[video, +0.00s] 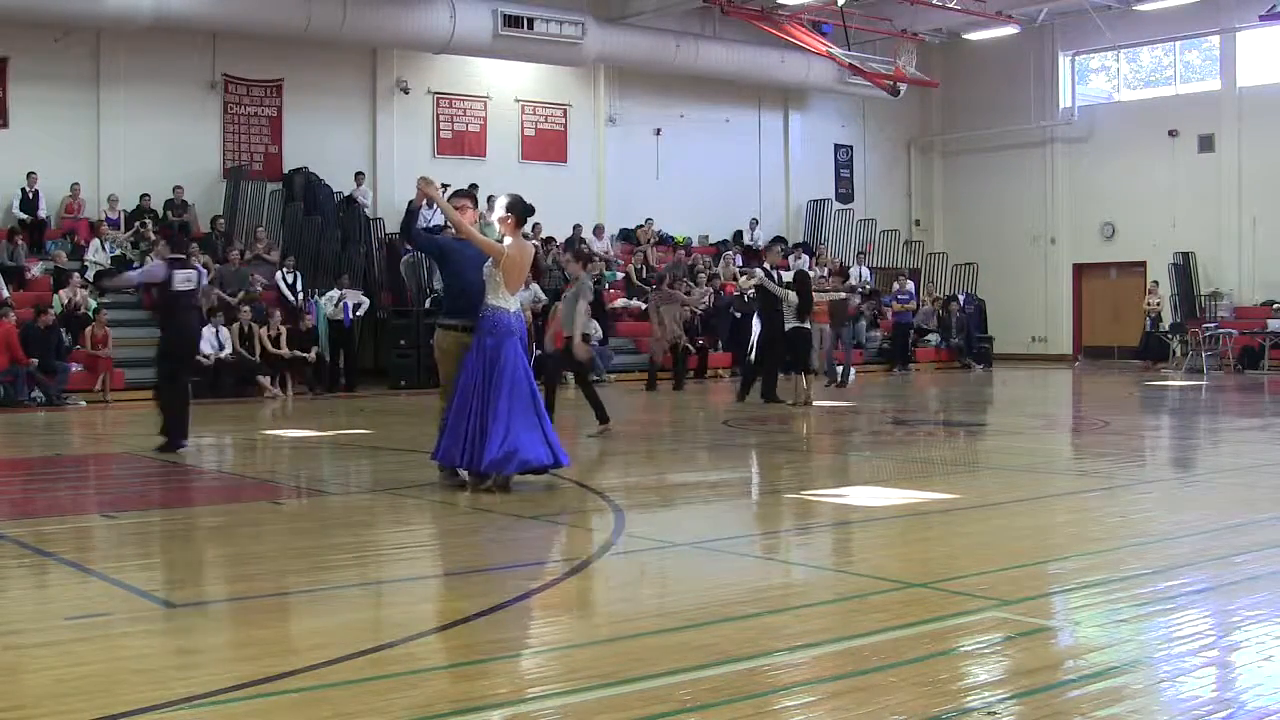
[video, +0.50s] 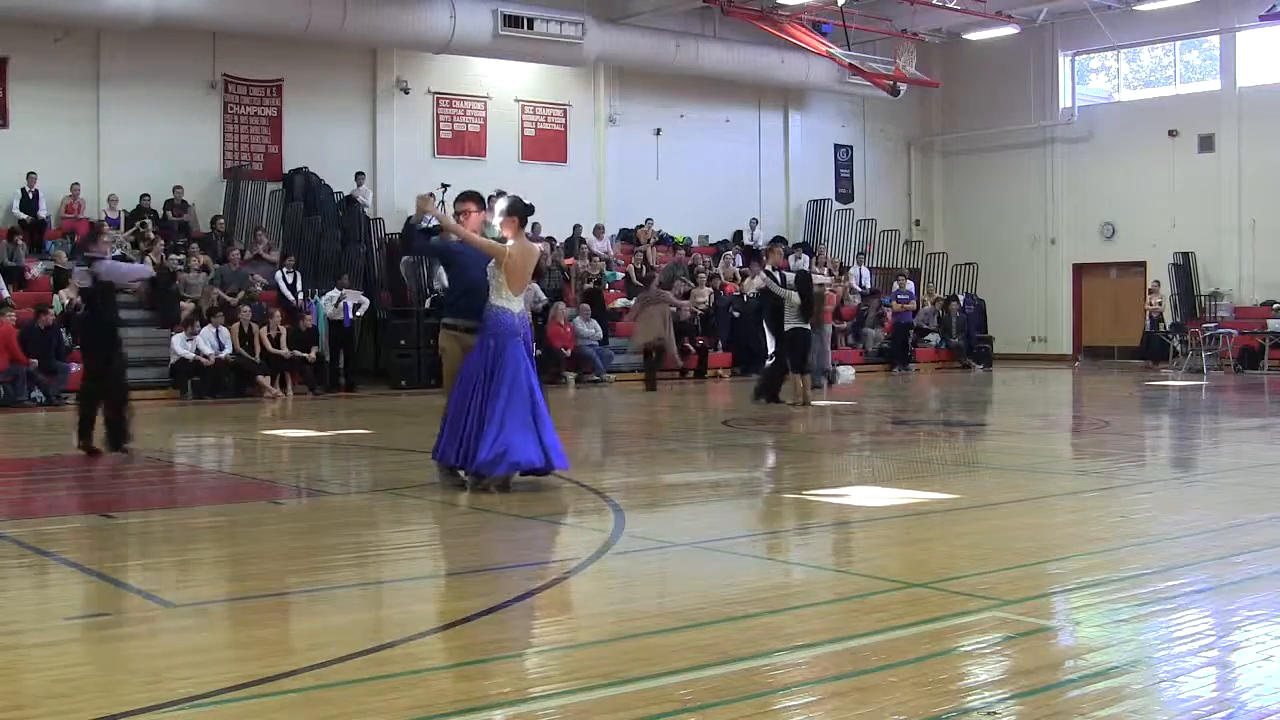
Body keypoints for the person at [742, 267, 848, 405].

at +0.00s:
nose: (792, 280)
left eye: (793, 279)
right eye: (794, 279)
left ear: (795, 281)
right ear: (808, 282)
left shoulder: (789, 295)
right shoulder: (809, 297)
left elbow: (772, 287)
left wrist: (761, 277)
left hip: (793, 330)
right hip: (806, 330)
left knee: (797, 366)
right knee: (807, 365)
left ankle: (799, 396)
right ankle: (809, 396)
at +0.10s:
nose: (792, 281)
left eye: (794, 279)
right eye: (794, 279)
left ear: (795, 282)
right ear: (809, 282)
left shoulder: (790, 295)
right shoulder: (809, 297)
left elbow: (773, 286)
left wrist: (762, 275)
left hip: (792, 330)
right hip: (806, 330)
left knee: (797, 365)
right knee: (807, 365)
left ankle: (798, 396)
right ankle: (809, 396)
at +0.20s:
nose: (793, 280)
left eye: (794, 279)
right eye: (795, 278)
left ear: (796, 281)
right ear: (809, 282)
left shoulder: (789, 294)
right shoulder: (810, 298)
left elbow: (773, 285)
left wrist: (760, 272)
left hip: (792, 330)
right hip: (806, 330)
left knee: (796, 366)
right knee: (807, 366)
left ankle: (798, 397)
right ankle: (810, 396)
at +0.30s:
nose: (792, 280)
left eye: (794, 279)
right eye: (794, 279)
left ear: (796, 281)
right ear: (810, 282)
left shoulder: (789, 295)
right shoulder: (811, 299)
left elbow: (773, 285)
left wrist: (761, 272)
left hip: (791, 330)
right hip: (806, 330)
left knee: (796, 366)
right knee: (804, 365)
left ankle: (798, 396)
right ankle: (807, 395)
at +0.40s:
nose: (792, 280)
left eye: (794, 279)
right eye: (794, 278)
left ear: (796, 281)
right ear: (809, 283)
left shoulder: (790, 296)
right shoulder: (809, 298)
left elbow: (774, 286)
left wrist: (761, 272)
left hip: (792, 330)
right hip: (806, 330)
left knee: (795, 366)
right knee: (805, 366)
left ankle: (798, 397)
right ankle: (807, 397)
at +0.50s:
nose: (792, 280)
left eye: (794, 278)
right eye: (794, 278)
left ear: (797, 281)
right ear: (809, 282)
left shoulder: (791, 295)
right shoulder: (809, 298)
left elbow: (775, 288)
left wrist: (763, 276)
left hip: (792, 330)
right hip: (806, 331)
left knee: (794, 366)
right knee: (804, 366)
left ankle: (798, 397)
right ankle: (808, 397)